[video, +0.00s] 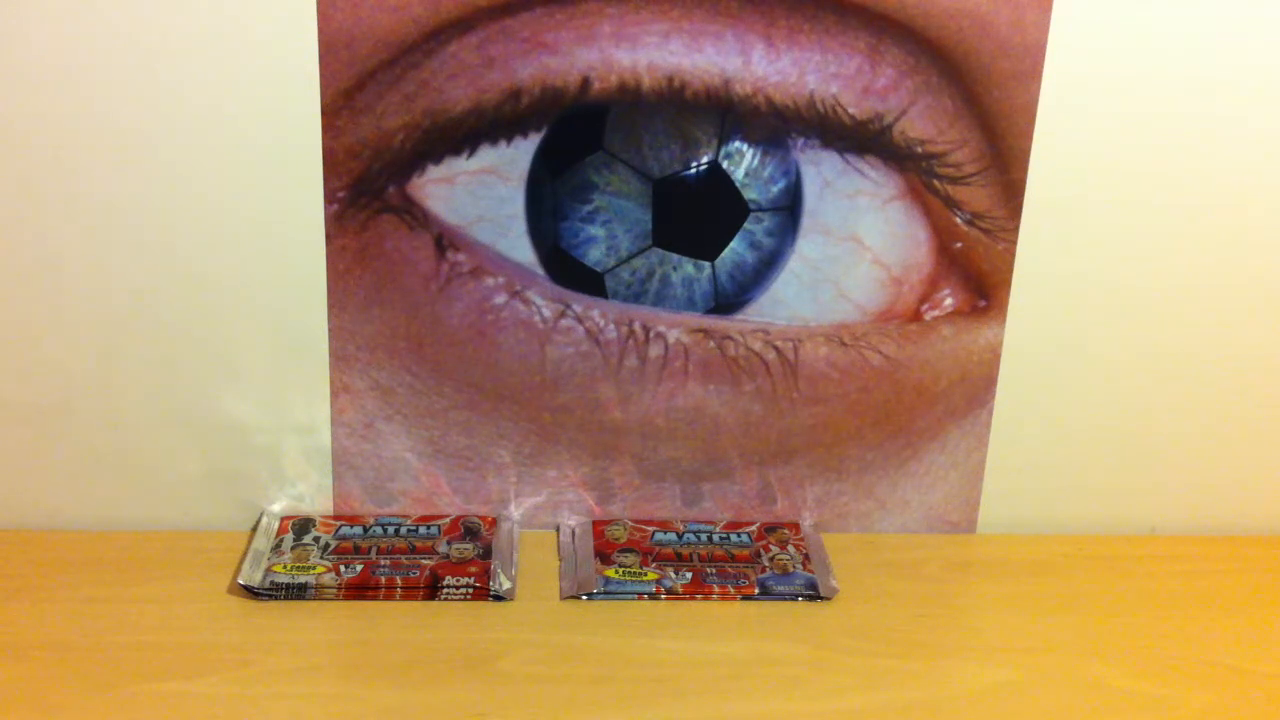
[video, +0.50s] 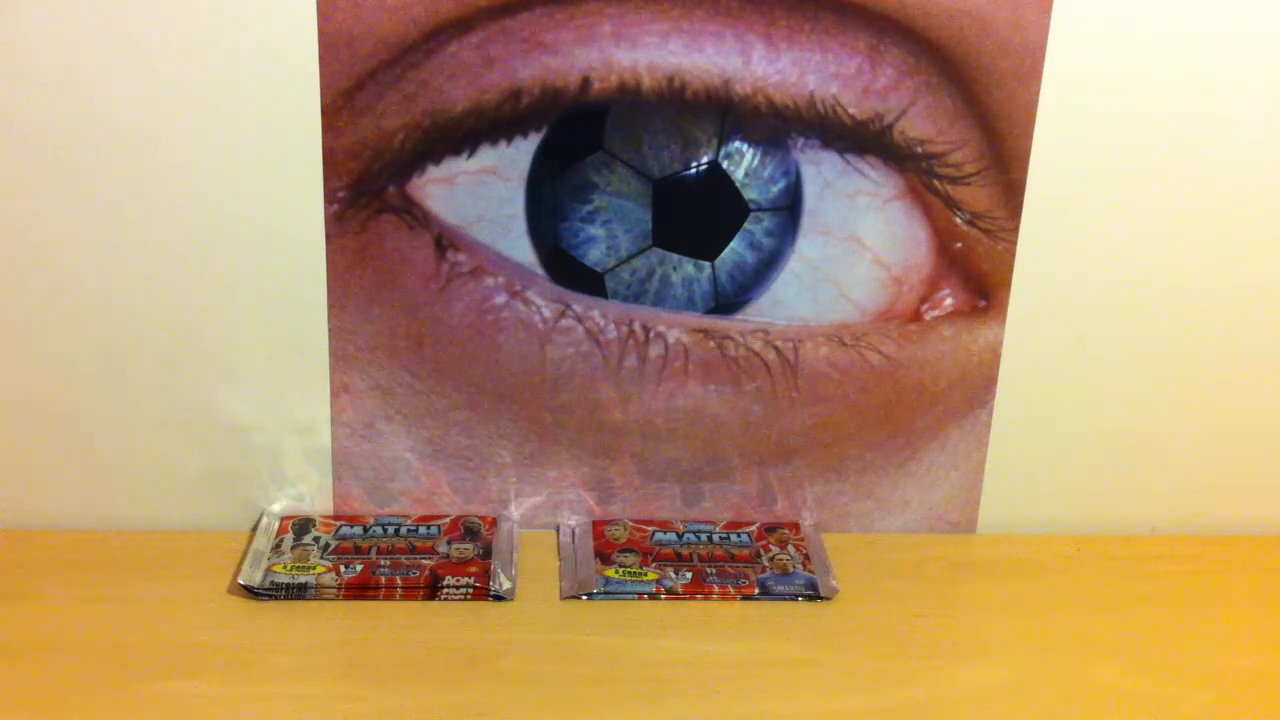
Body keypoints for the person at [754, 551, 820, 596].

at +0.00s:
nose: (784, 563)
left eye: (788, 560)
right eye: (780, 560)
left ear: (792, 562)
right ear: (772, 563)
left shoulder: (809, 579)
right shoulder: (763, 580)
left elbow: (819, 602)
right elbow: (761, 604)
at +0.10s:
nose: (784, 563)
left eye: (788, 560)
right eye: (780, 560)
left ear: (792, 562)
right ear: (772, 563)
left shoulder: (809, 579)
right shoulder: (763, 580)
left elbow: (817, 604)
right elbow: (761, 604)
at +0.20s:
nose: (784, 562)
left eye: (788, 560)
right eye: (780, 560)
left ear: (792, 562)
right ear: (772, 563)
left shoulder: (809, 579)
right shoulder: (762, 580)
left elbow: (819, 603)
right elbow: (760, 605)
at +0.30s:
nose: (784, 562)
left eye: (788, 560)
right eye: (780, 560)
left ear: (792, 562)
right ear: (772, 563)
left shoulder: (809, 579)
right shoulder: (763, 580)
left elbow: (819, 604)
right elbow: (761, 605)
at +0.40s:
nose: (784, 562)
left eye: (788, 560)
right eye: (780, 560)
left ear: (792, 562)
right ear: (772, 563)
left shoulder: (809, 579)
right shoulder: (763, 580)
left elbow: (819, 604)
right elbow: (761, 605)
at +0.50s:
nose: (784, 562)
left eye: (788, 560)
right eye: (780, 560)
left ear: (792, 562)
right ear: (772, 563)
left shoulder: (809, 579)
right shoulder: (763, 580)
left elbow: (819, 604)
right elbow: (761, 605)